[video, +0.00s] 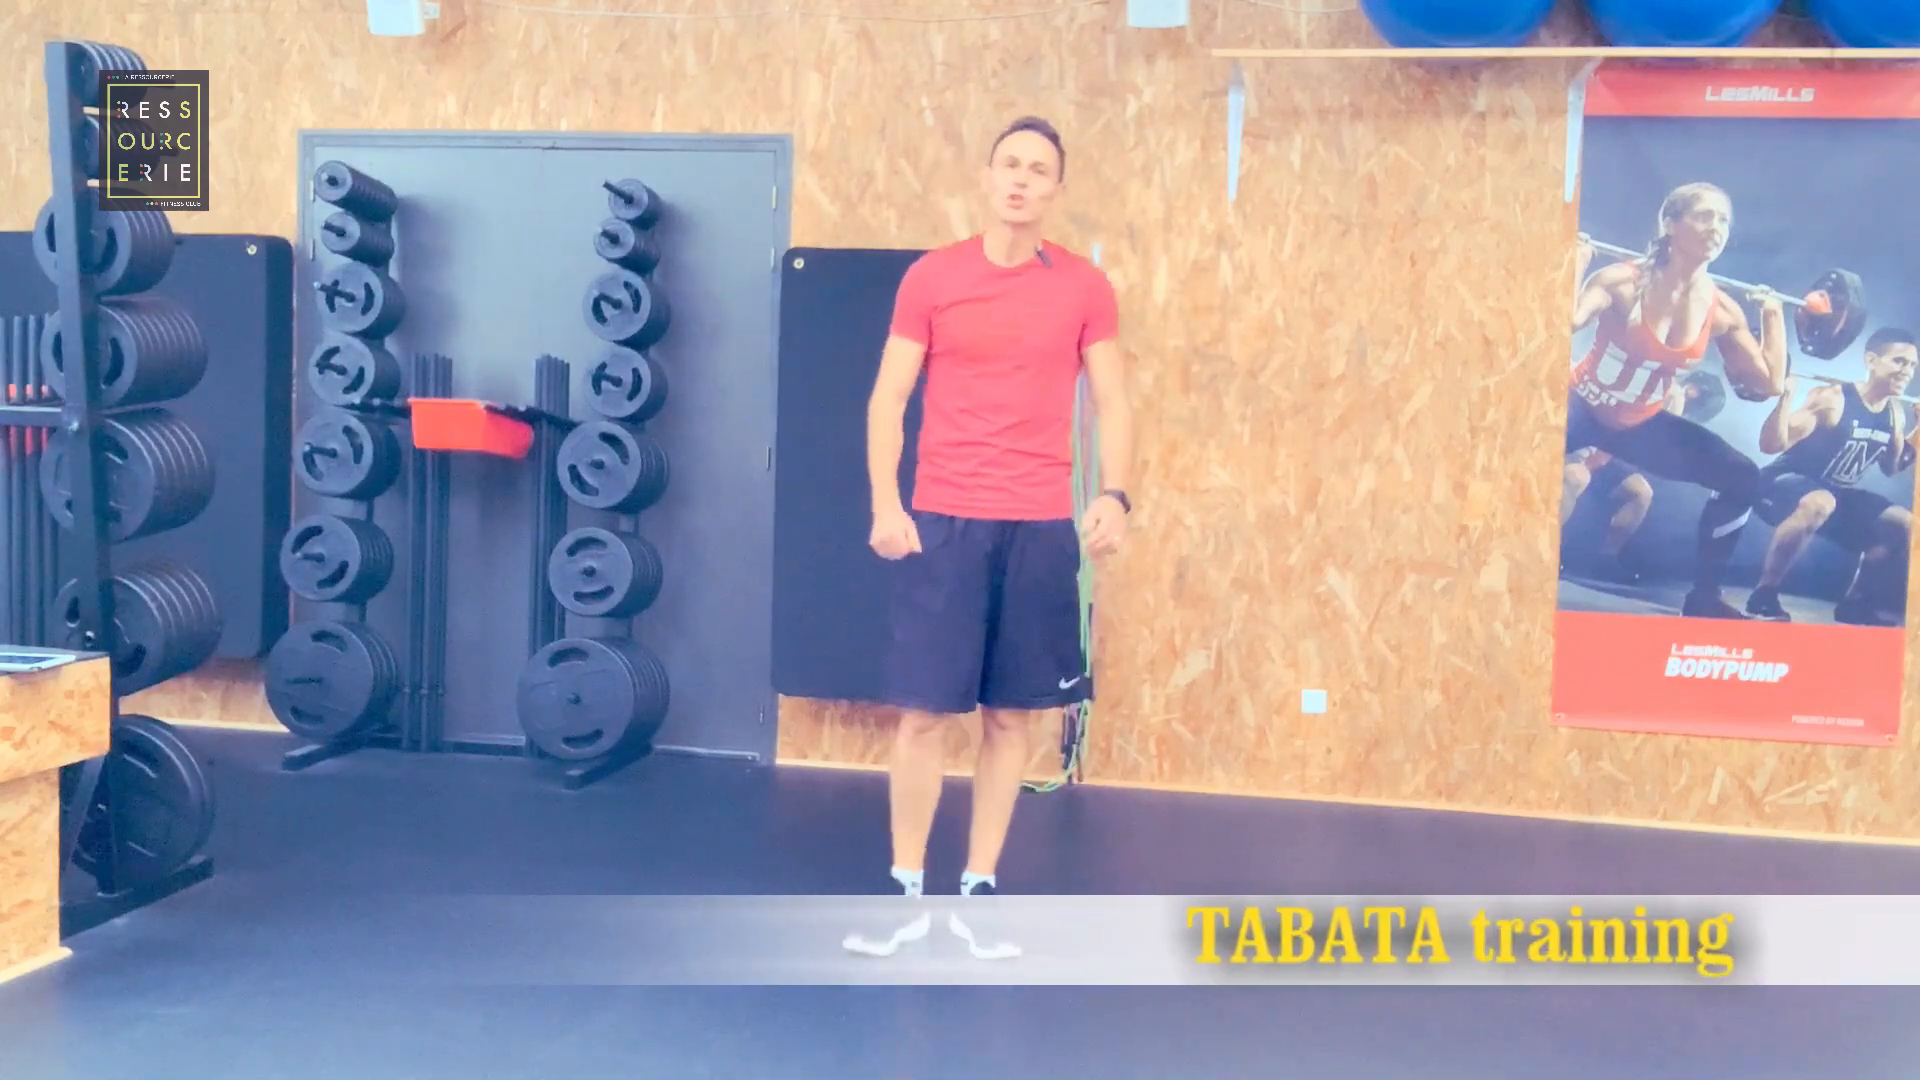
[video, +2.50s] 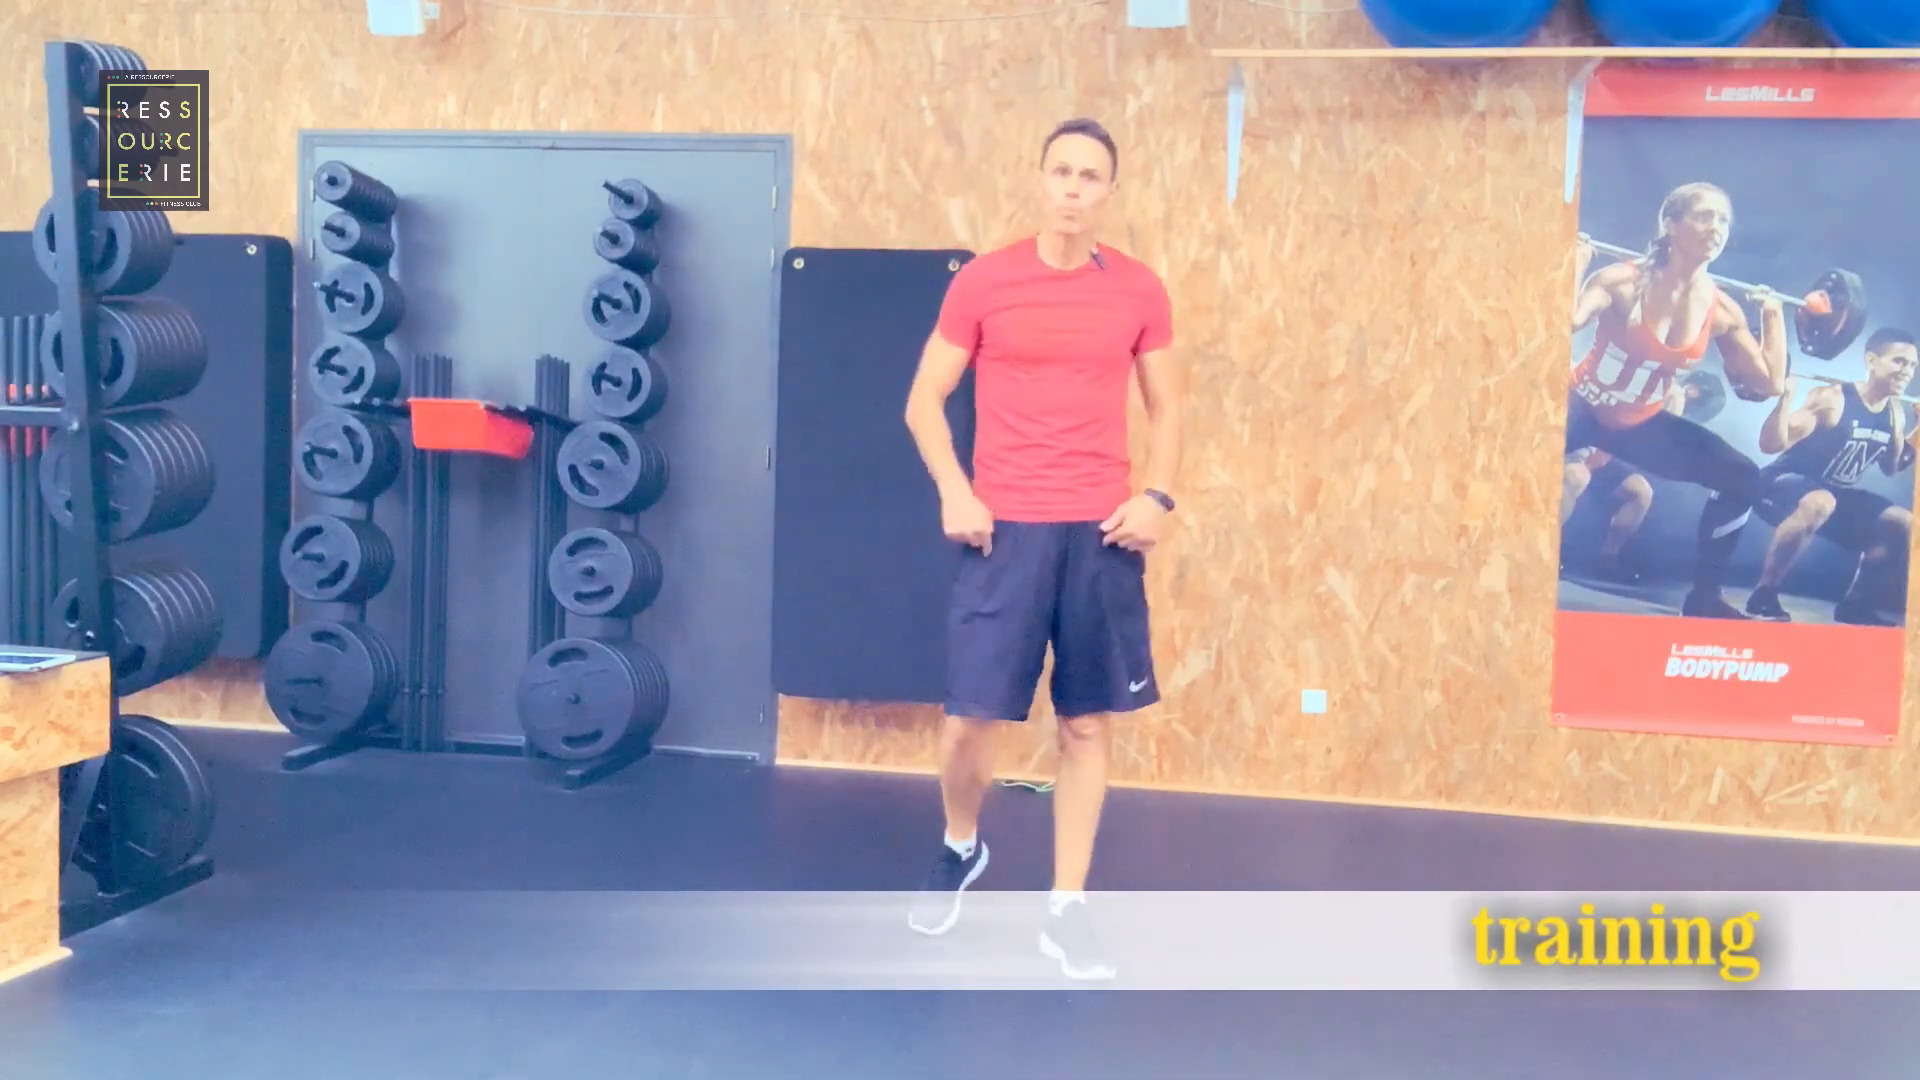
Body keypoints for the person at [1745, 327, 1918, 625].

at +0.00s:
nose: (1906, 371)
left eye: (1911, 365)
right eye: (1899, 361)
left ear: (1914, 371)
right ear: (1871, 361)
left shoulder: (1894, 412)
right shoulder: (1830, 398)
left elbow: (1892, 467)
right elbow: (1769, 444)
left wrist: (1912, 443)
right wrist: (1785, 395)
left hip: (1839, 495)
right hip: (1786, 481)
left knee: (1906, 525)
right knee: (1820, 502)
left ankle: (1854, 604)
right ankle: (1764, 596)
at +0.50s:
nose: (1906, 371)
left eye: (1911, 365)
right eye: (1899, 361)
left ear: (1914, 371)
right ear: (1871, 361)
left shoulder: (1894, 412)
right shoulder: (1831, 398)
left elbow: (1891, 467)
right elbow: (1769, 444)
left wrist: (1911, 443)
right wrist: (1786, 395)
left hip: (1839, 495)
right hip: (1785, 481)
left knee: (1906, 526)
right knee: (1821, 502)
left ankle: (1854, 604)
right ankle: (1764, 595)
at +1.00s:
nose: (1906, 371)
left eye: (1911, 365)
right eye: (1899, 361)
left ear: (1914, 371)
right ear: (1871, 361)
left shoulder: (1894, 412)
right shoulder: (1831, 398)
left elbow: (1892, 467)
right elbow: (1769, 444)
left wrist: (1911, 443)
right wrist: (1786, 395)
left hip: (1839, 495)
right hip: (1785, 481)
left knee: (1906, 525)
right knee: (1821, 502)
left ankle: (1855, 604)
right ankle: (1764, 595)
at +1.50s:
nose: (1906, 371)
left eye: (1911, 365)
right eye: (1899, 361)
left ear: (1914, 371)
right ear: (1871, 361)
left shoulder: (1894, 412)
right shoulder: (1830, 398)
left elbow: (1892, 467)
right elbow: (1769, 444)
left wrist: (1912, 442)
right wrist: (1785, 395)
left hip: (1839, 495)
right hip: (1785, 482)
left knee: (1905, 525)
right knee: (1821, 502)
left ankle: (1855, 605)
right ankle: (1764, 596)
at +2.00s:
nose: (1906, 371)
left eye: (1911, 365)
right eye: (1899, 361)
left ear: (1914, 371)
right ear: (1871, 361)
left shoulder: (1893, 412)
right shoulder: (1831, 398)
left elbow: (1891, 467)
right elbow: (1769, 444)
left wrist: (1910, 446)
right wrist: (1785, 396)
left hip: (1839, 495)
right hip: (1785, 482)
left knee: (1905, 524)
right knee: (1821, 502)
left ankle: (1854, 604)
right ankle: (1763, 596)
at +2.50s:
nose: (1906, 371)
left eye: (1911, 365)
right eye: (1899, 361)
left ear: (1914, 371)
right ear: (1871, 361)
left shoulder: (1894, 412)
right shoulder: (1830, 398)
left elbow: (1892, 467)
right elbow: (1769, 444)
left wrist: (1912, 443)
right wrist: (1785, 396)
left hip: (1839, 495)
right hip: (1785, 482)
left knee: (1904, 524)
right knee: (1821, 502)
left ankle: (1854, 605)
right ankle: (1763, 596)